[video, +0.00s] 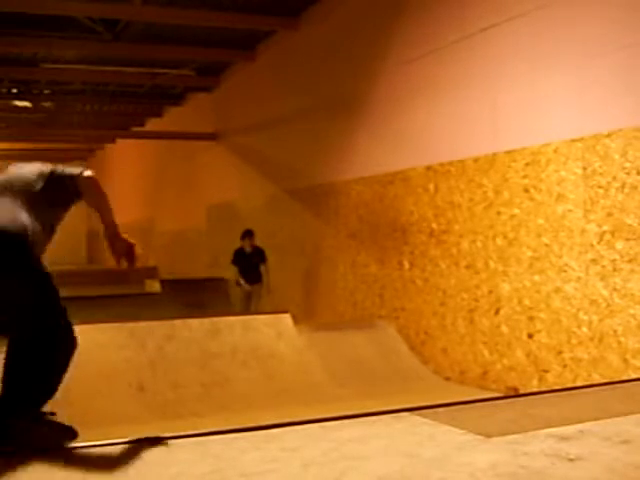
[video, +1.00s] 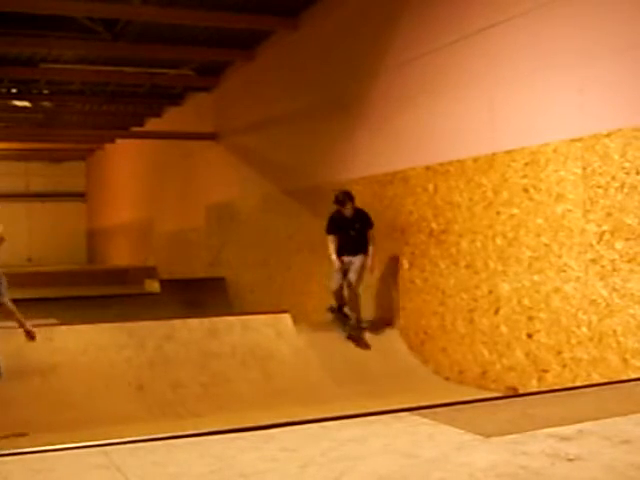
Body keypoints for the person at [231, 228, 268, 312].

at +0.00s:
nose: (248, 243)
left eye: (250, 240)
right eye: (246, 240)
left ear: (253, 240)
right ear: (242, 241)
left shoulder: (259, 251)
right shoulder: (238, 252)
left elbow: (263, 268)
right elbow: (235, 271)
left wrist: (266, 285)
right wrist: (244, 284)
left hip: (256, 284)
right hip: (243, 284)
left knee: (254, 308)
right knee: (243, 308)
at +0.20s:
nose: (268, 247)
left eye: (269, 243)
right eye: (265, 244)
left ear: (273, 244)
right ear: (262, 245)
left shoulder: (280, 256)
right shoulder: (258, 259)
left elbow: (284, 272)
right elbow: (256, 278)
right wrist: (260, 290)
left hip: (277, 288)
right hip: (264, 289)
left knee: (274, 311)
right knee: (266, 312)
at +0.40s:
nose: (290, 232)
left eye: (291, 228)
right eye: (287, 229)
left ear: (293, 229)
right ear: (281, 230)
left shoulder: (300, 242)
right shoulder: (276, 244)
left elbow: (306, 258)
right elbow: (272, 263)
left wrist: (309, 274)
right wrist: (279, 280)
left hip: (299, 275)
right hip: (286, 278)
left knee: (301, 301)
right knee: (291, 303)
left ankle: (301, 321)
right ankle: (293, 322)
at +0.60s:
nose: (305, 211)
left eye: (307, 207)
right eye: (302, 208)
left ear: (311, 206)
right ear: (298, 208)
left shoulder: (319, 216)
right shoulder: (294, 220)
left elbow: (326, 233)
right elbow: (290, 239)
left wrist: (330, 249)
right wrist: (297, 256)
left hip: (320, 252)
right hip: (306, 256)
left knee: (324, 281)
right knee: (313, 286)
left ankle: (330, 310)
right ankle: (319, 312)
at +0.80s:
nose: (323, 199)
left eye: (325, 195)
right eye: (320, 196)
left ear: (329, 192)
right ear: (316, 195)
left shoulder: (339, 203)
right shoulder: (313, 207)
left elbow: (347, 222)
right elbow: (311, 228)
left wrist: (350, 240)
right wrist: (318, 246)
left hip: (340, 244)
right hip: (324, 246)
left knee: (340, 277)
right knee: (322, 279)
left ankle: (343, 311)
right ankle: (331, 308)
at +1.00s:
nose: (348, 210)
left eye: (349, 206)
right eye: (344, 208)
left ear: (353, 204)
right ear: (339, 207)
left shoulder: (362, 216)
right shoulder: (335, 218)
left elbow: (370, 238)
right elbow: (331, 239)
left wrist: (370, 258)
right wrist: (334, 258)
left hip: (359, 255)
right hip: (342, 255)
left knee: (352, 285)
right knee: (335, 286)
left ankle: (356, 319)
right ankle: (339, 306)